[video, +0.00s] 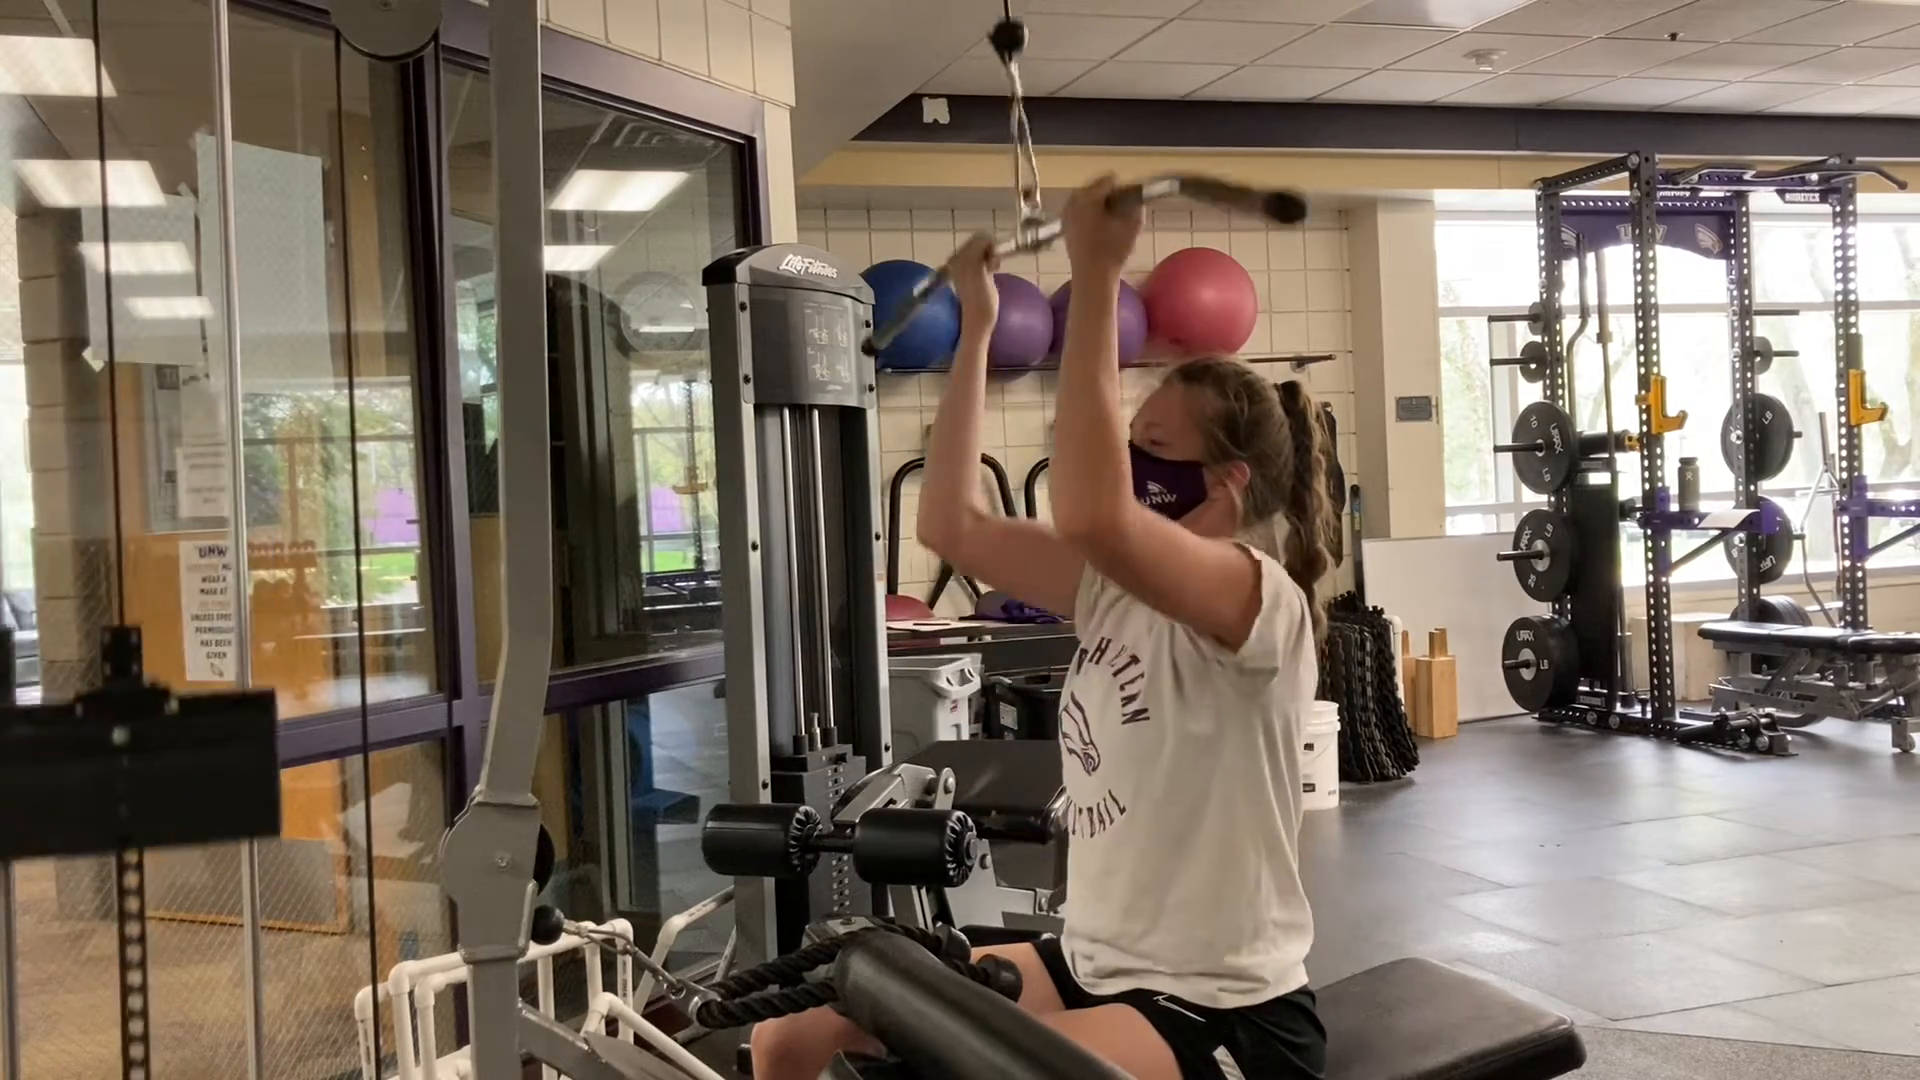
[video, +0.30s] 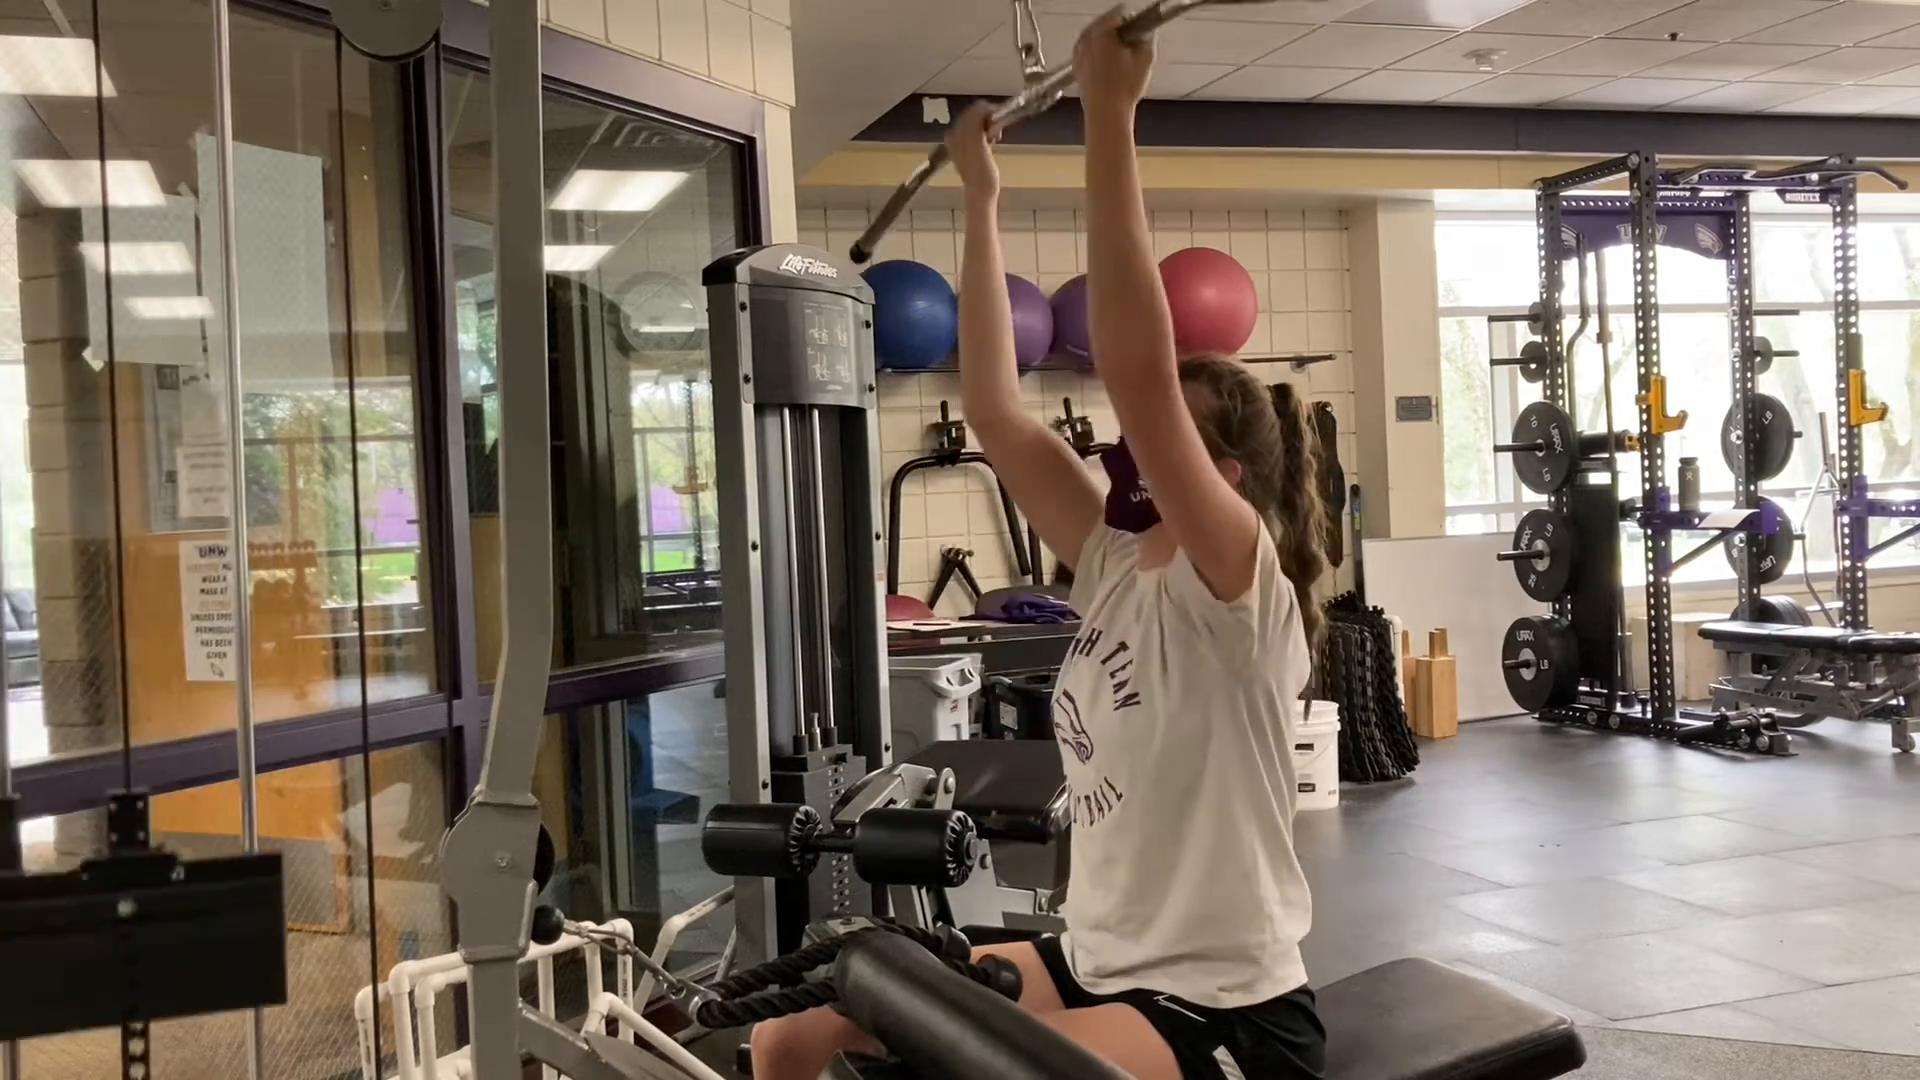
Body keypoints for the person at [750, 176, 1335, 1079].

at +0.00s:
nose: (1129, 474)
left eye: (1157, 460)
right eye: (1129, 450)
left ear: (1234, 484)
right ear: (1118, 442)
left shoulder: (1257, 600)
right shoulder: (1107, 576)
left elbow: (1093, 516)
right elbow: (951, 526)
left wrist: (1094, 275)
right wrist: (976, 330)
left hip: (1224, 1012)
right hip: (1091, 966)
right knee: (791, 1036)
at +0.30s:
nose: (1125, 449)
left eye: (1153, 425)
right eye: (1127, 428)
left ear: (1222, 455)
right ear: (1140, 443)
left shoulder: (1245, 582)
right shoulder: (1107, 561)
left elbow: (1143, 377)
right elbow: (996, 412)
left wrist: (1108, 112)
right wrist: (980, 191)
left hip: (1224, 1007)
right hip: (1093, 967)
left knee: (979, 1074)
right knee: (791, 1042)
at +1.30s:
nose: (1112, 467)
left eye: (1140, 452)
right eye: (1112, 442)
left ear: (1216, 475)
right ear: (1097, 433)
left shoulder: (1246, 585)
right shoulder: (1108, 570)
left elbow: (1066, 503)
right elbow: (952, 500)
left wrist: (1075, 265)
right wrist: (981, 306)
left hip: (1226, 1004)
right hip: (1097, 960)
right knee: (790, 1037)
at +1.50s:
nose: (1110, 460)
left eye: (1142, 445)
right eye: (1112, 440)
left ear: (1217, 476)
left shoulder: (1254, 598)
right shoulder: (1105, 586)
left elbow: (1059, 655)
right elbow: (949, 637)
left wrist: (1075, 431)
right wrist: (970, 455)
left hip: (1225, 1004)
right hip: (1096, 962)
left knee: (949, 1061)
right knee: (791, 1037)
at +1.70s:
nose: (1107, 463)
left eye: (1136, 447)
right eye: (1109, 442)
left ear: (1215, 475)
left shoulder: (1244, 608)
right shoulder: (1121, 601)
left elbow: (1105, 794)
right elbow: (978, 751)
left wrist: (1096, 563)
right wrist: (980, 561)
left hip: (1221, 1004)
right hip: (1097, 961)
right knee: (788, 1042)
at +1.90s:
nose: (1104, 464)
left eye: (1133, 447)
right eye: (1109, 444)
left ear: (1212, 475)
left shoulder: (1239, 620)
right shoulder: (1104, 615)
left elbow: (1170, 866)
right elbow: (1027, 817)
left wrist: (1122, 642)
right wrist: (1001, 632)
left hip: (1222, 1007)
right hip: (1095, 960)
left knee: (957, 1066)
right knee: (788, 1043)